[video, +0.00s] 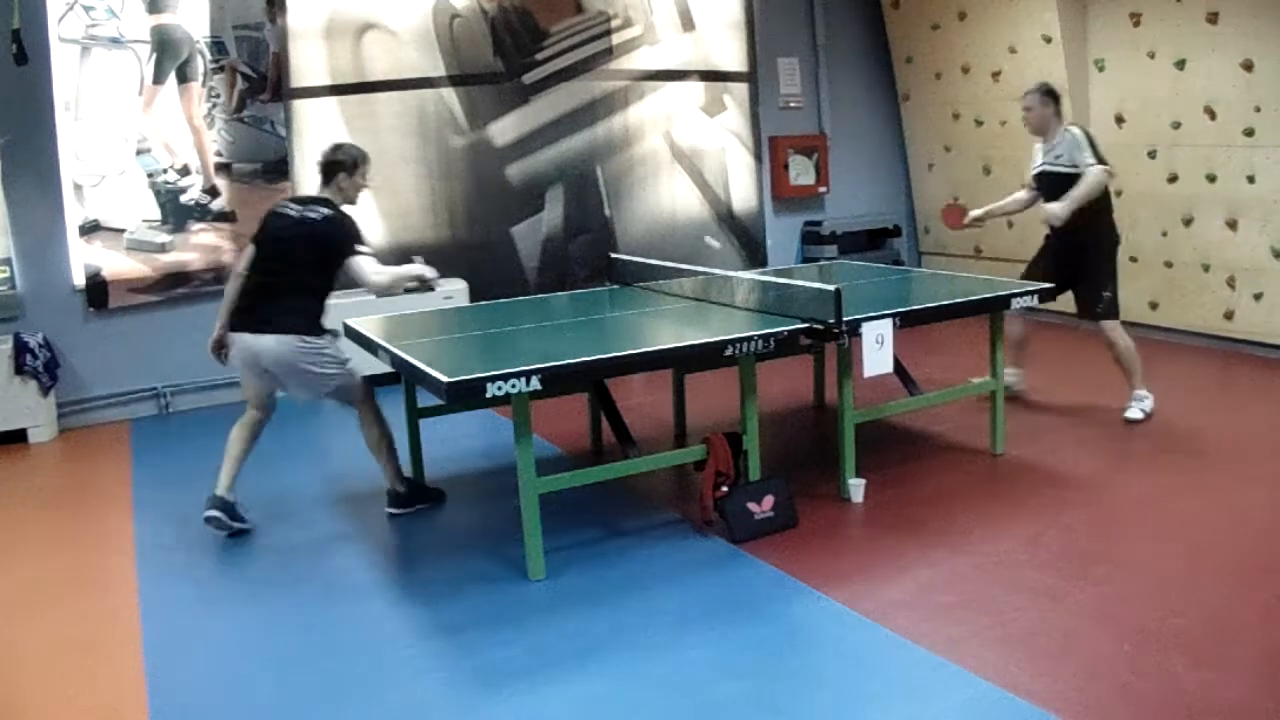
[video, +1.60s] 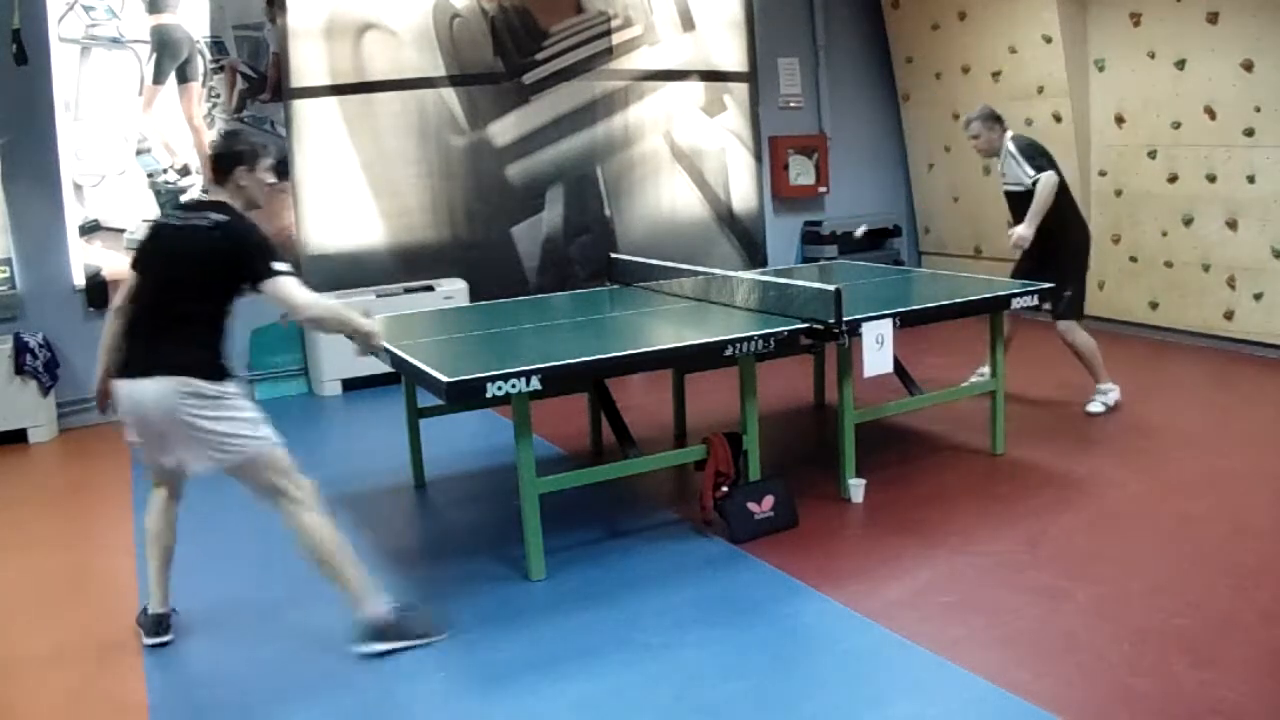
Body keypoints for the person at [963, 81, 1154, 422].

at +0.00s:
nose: (1024, 117)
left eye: (1029, 110)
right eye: (1023, 110)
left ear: (1051, 110)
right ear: (1034, 113)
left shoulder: (1074, 136)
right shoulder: (1040, 149)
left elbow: (1100, 173)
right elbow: (1029, 195)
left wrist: (1065, 205)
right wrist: (983, 213)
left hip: (1095, 245)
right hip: (1060, 244)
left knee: (1107, 323)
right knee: (1016, 305)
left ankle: (1140, 393)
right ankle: (1012, 374)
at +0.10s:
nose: (998, 127)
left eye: (1002, 120)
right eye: (997, 121)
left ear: (1021, 117)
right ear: (1012, 121)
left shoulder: (1048, 140)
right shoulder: (1017, 162)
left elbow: (1068, 169)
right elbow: (996, 203)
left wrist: (1029, 197)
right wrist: (946, 215)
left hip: (1079, 250)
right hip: (1045, 250)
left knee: (1100, 326)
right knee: (999, 308)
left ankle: (1139, 392)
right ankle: (968, 371)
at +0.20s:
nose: (968, 135)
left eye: (972, 127)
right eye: (967, 129)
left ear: (993, 126)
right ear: (978, 130)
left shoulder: (1015, 146)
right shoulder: (986, 167)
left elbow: (1044, 168)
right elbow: (963, 207)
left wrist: (1012, 190)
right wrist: (914, 218)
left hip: (1057, 251)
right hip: (1022, 253)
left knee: (1090, 326)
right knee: (977, 321)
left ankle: (1136, 393)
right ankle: (951, 378)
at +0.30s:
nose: (942, 140)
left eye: (946, 132)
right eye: (941, 134)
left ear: (967, 130)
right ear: (953, 136)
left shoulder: (996, 150)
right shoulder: (959, 172)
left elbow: (1031, 170)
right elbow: (930, 207)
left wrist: (1014, 191)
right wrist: (883, 218)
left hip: (1038, 253)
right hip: (1000, 255)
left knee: (1076, 322)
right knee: (952, 311)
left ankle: (1125, 389)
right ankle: (946, 381)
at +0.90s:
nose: (973, 117)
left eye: (979, 109)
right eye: (969, 111)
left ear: (999, 110)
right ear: (969, 115)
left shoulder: (1023, 137)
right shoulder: (978, 149)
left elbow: (1059, 173)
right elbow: (974, 196)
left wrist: (1055, 211)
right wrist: (932, 209)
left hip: (1041, 242)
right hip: (1001, 243)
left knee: (1066, 314)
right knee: (963, 307)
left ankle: (1095, 385)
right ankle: (948, 375)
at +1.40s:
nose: (985, 121)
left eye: (989, 114)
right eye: (982, 116)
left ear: (1010, 110)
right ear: (984, 118)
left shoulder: (1036, 136)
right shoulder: (995, 149)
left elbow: (1069, 176)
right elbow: (996, 197)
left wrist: (1049, 217)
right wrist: (965, 222)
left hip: (1059, 238)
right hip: (1022, 239)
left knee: (1070, 314)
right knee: (995, 304)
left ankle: (1096, 385)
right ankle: (992, 368)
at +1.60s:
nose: (974, 145)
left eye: (977, 137)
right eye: (971, 139)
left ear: (997, 131)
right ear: (991, 136)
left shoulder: (1020, 148)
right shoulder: (1006, 157)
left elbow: (1049, 179)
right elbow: (1029, 192)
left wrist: (1028, 225)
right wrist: (1021, 224)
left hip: (1068, 243)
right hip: (1041, 244)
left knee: (1066, 324)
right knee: (1005, 306)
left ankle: (1106, 387)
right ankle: (993, 370)